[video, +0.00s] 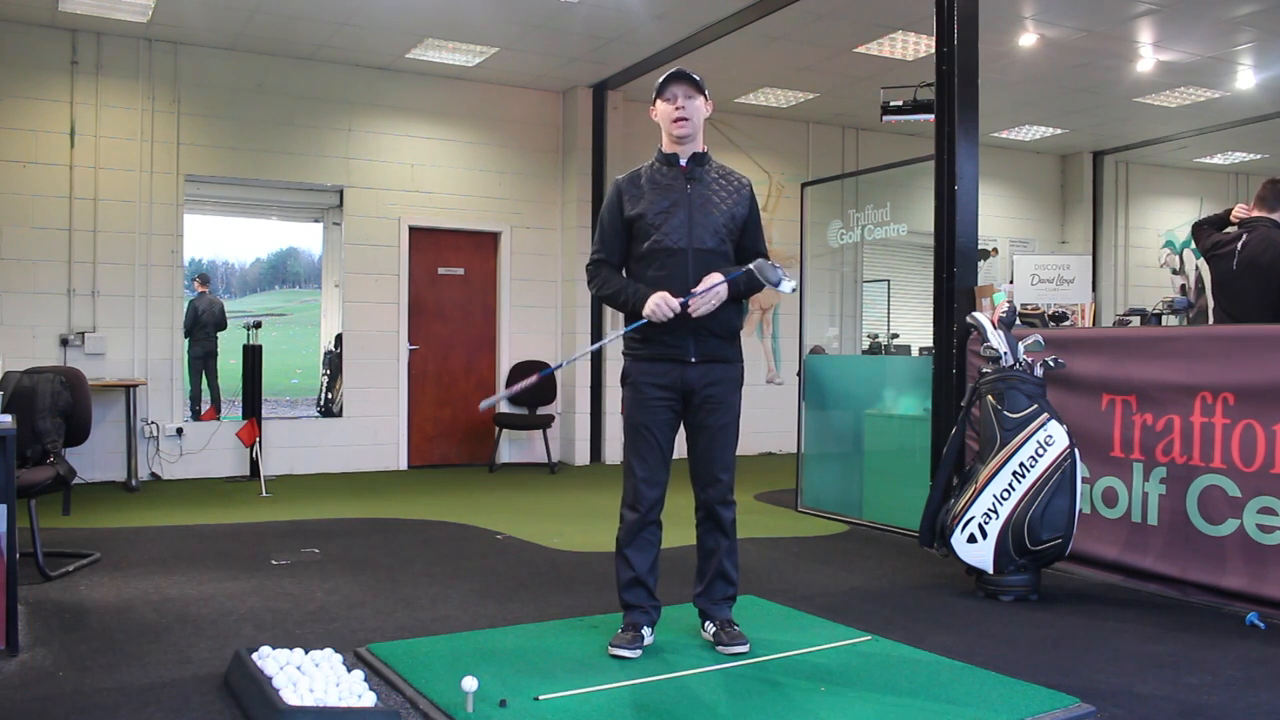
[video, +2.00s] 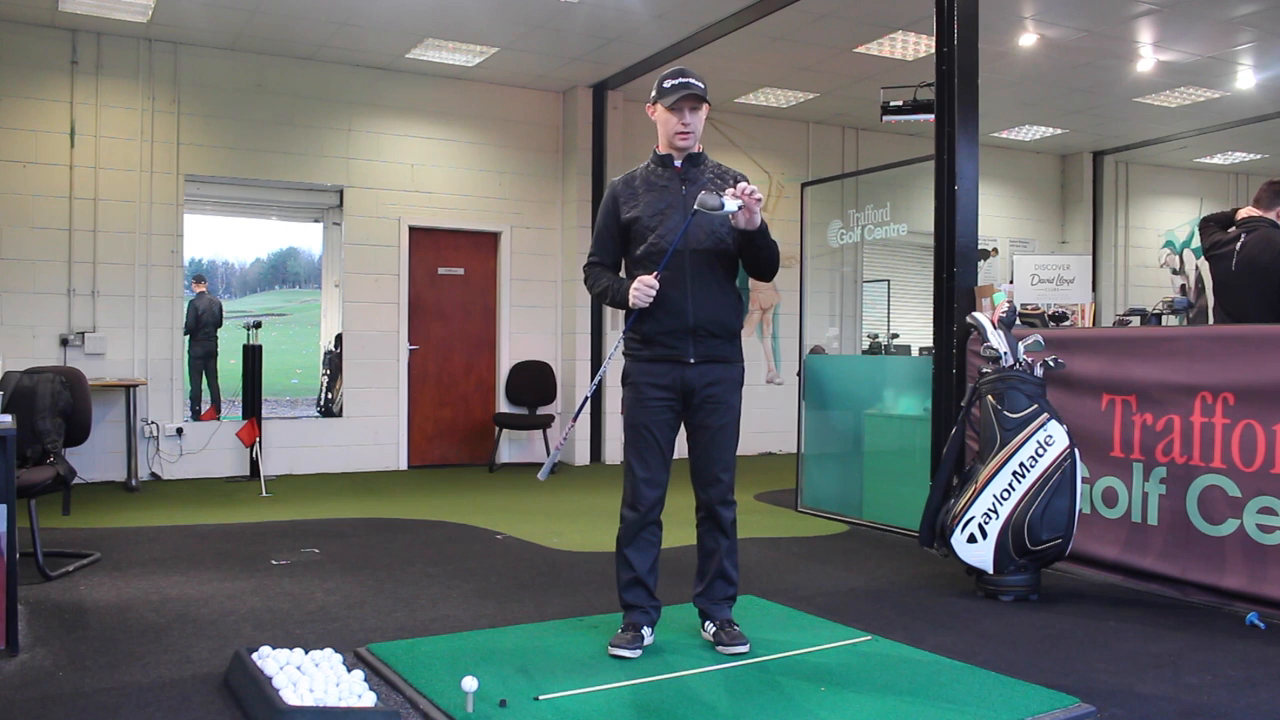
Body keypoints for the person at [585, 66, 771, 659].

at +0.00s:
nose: (679, 106)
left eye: (689, 96)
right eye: (669, 97)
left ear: (707, 110)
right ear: (654, 112)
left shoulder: (736, 188)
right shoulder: (628, 188)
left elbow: (761, 268)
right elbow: (600, 272)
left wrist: (729, 284)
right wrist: (643, 297)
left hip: (718, 364)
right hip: (650, 363)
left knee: (717, 494)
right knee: (642, 495)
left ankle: (718, 612)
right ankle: (637, 616)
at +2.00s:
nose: (687, 119)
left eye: (696, 108)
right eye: (676, 108)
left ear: (707, 115)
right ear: (654, 114)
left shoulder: (731, 185)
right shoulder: (625, 190)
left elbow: (766, 269)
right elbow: (596, 271)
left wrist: (752, 227)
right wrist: (625, 290)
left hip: (719, 364)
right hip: (650, 364)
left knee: (717, 494)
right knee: (643, 495)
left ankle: (718, 613)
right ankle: (638, 616)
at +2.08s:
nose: (686, 119)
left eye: (695, 108)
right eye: (675, 108)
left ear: (706, 115)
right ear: (653, 114)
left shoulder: (731, 184)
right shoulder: (625, 190)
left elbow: (766, 269)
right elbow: (596, 271)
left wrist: (753, 228)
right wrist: (625, 289)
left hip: (719, 364)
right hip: (650, 364)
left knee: (717, 495)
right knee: (642, 496)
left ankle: (718, 613)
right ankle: (638, 616)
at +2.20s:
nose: (685, 119)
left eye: (694, 108)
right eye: (674, 108)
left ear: (706, 115)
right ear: (652, 114)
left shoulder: (731, 184)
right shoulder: (625, 190)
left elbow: (767, 269)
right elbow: (597, 270)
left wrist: (753, 229)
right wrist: (625, 288)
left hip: (719, 365)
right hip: (651, 365)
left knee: (717, 495)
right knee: (643, 496)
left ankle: (718, 612)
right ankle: (638, 616)